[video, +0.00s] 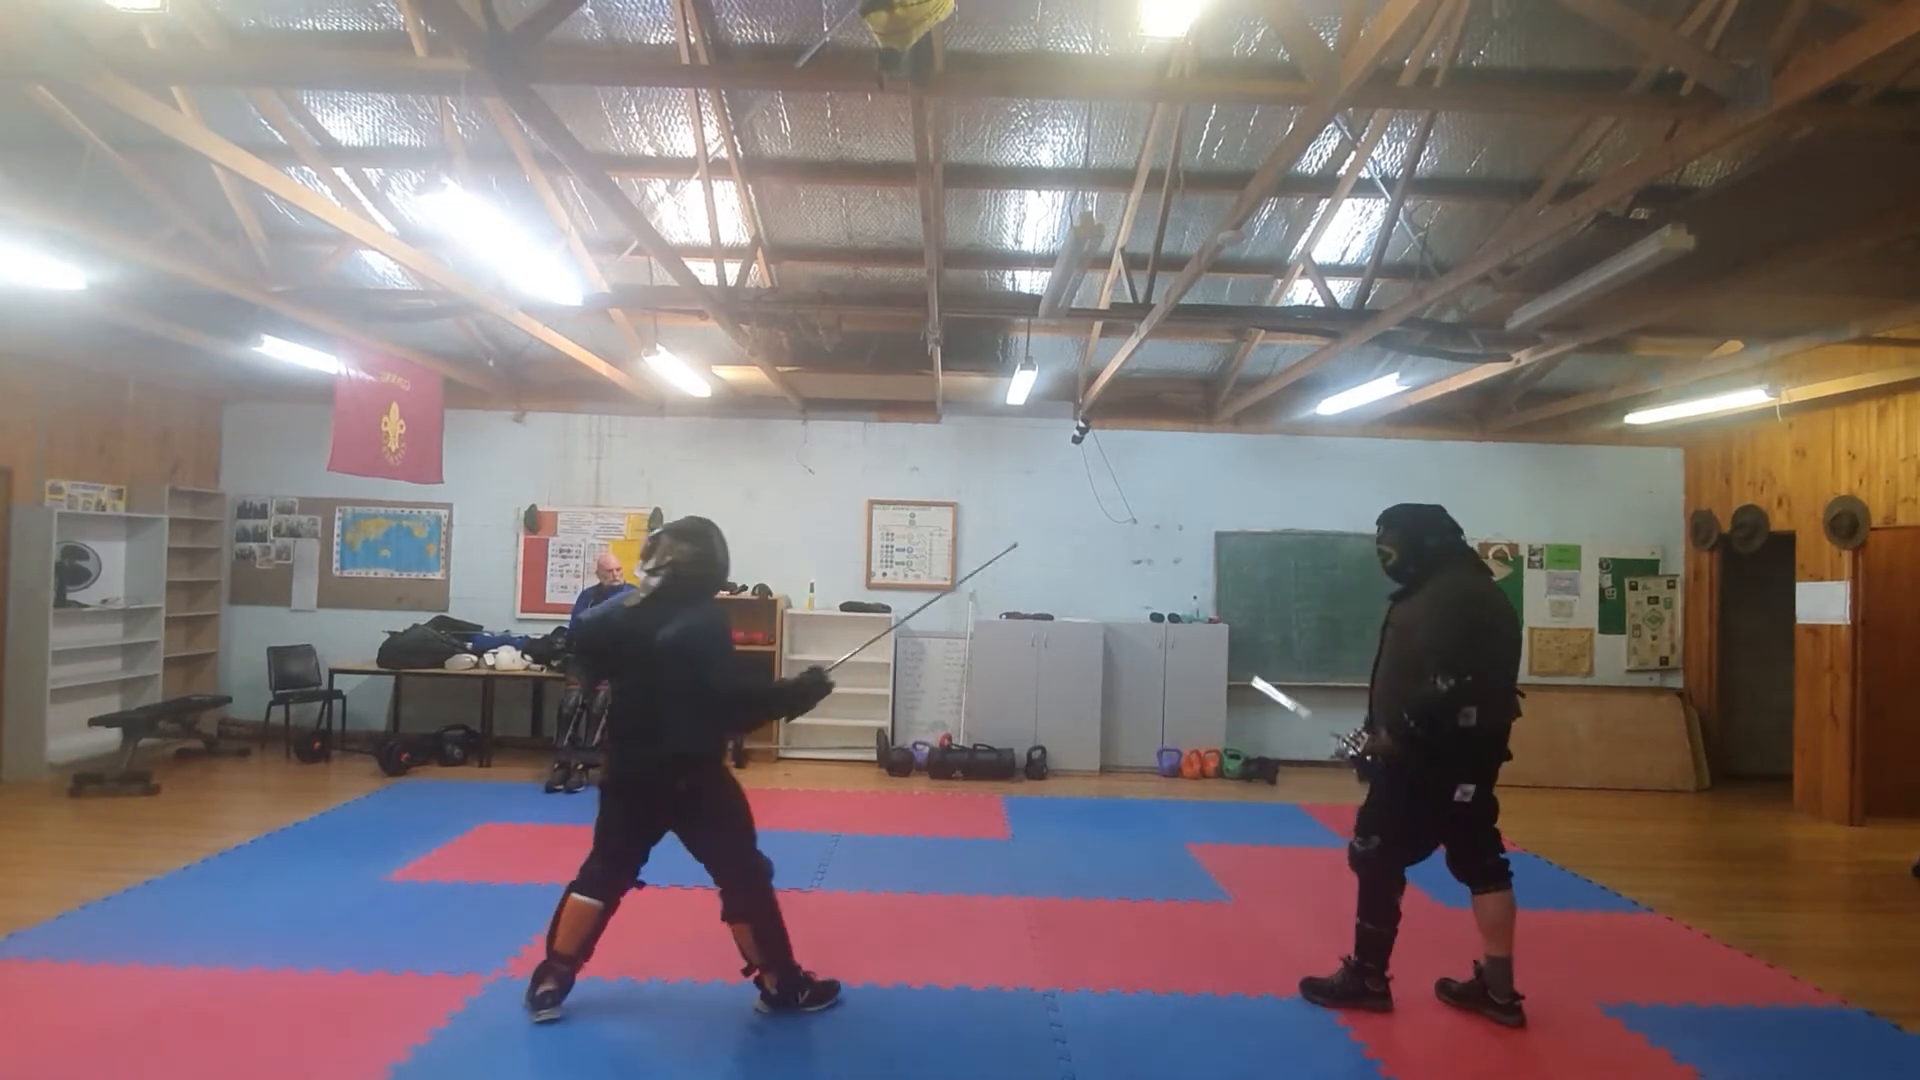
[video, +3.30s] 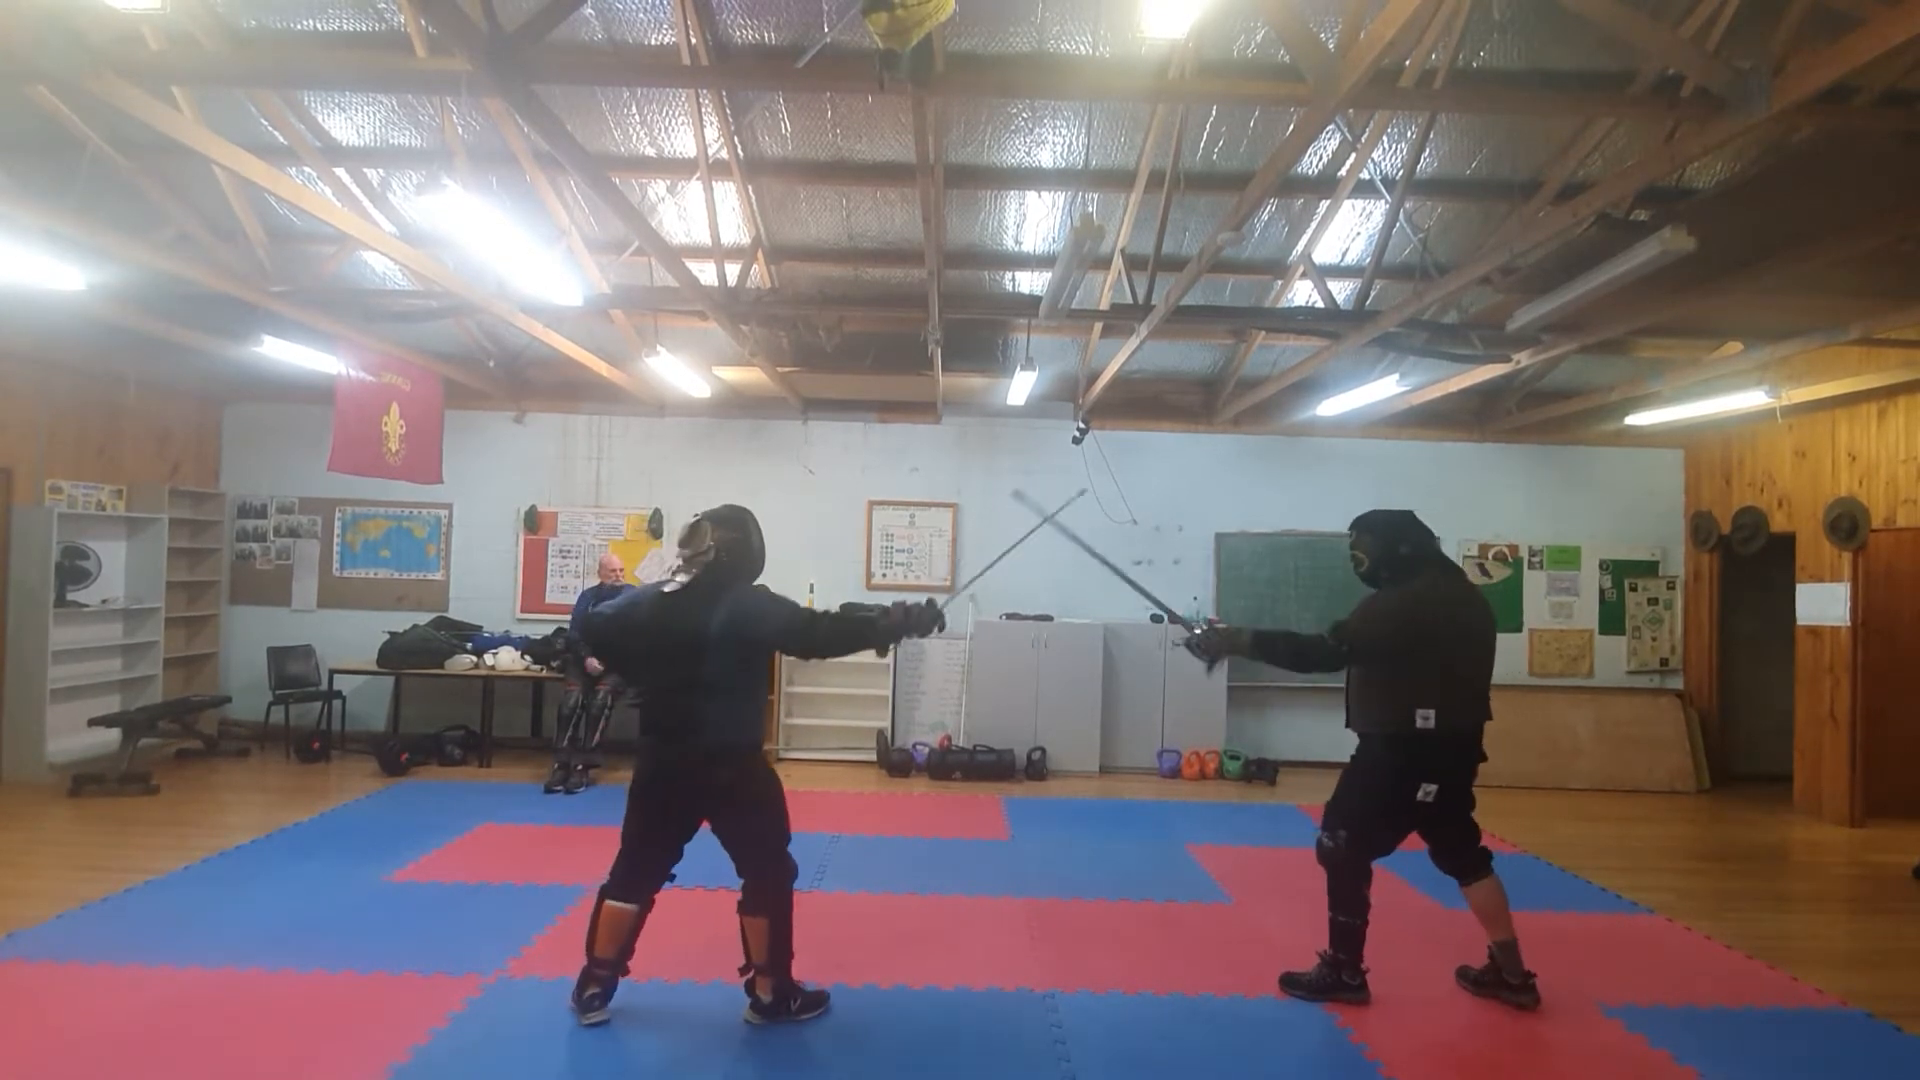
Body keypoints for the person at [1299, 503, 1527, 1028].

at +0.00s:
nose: (1384, 561)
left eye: (1390, 550)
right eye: (1382, 551)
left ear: (1421, 542)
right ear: (1433, 540)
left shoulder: (1446, 597)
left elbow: (1474, 693)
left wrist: (1397, 736)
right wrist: (1377, 733)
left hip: (1416, 763)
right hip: (1469, 764)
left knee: (1377, 857)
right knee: (1483, 864)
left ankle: (1367, 976)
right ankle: (1497, 985)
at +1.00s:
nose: (1416, 559)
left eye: (1422, 547)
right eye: (1413, 549)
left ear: (1455, 542)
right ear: (1466, 542)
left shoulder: (1470, 599)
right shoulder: (1503, 594)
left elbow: (1449, 689)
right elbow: (1426, 660)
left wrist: (1379, 708)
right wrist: (1374, 681)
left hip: (1435, 761)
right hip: (1483, 762)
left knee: (1398, 861)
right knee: (1487, 864)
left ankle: (1370, 976)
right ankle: (1498, 987)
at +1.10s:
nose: (1415, 559)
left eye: (1421, 548)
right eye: (1413, 549)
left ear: (1454, 543)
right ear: (1470, 543)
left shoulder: (1460, 600)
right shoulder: (1513, 600)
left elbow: (1438, 691)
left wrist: (1371, 710)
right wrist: (1372, 704)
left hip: (1433, 760)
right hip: (1485, 762)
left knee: (1395, 860)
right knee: (1487, 864)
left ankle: (1369, 976)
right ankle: (1499, 988)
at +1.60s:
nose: (1373, 565)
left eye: (1378, 554)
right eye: (1371, 555)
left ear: (1406, 548)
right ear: (1428, 544)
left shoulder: (1405, 610)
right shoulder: (1478, 600)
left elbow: (1378, 698)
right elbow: (1476, 694)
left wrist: (1302, 700)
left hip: (1398, 760)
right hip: (1459, 761)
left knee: (1352, 850)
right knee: (1470, 864)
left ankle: (1346, 970)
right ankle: (1498, 989)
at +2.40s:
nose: (1367, 569)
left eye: (1372, 558)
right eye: (1365, 559)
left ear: (1399, 555)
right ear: (1421, 551)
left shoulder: (1404, 610)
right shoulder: (1472, 603)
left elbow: (1370, 684)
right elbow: (1472, 689)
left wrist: (1282, 690)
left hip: (1397, 758)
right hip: (1456, 757)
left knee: (1340, 844)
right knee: (1476, 857)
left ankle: (1343, 970)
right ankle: (1512, 973)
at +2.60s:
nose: (1390, 567)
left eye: (1395, 556)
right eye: (1387, 556)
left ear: (1424, 552)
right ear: (1448, 550)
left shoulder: (1427, 607)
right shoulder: (1496, 603)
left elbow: (1386, 675)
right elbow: (1497, 690)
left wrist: (1296, 681)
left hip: (1419, 756)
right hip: (1478, 756)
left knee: (1369, 848)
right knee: (1492, 857)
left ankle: (1348, 968)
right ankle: (1514, 974)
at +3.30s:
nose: (1356, 564)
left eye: (1361, 553)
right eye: (1354, 554)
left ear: (1393, 548)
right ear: (1416, 546)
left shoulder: (1391, 606)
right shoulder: (1469, 598)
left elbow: (1325, 651)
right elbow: (1469, 684)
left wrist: (1238, 641)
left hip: (1391, 752)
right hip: (1455, 751)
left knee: (1342, 846)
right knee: (1462, 852)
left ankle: (1344, 969)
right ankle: (1511, 970)